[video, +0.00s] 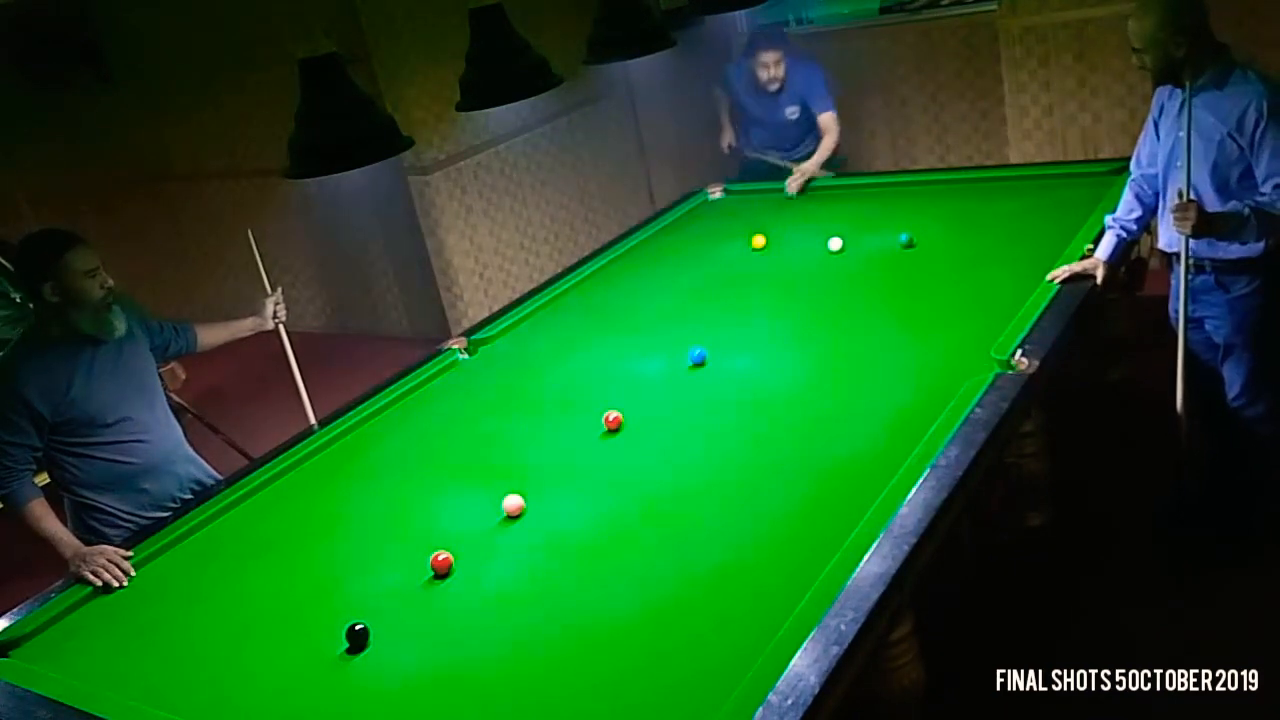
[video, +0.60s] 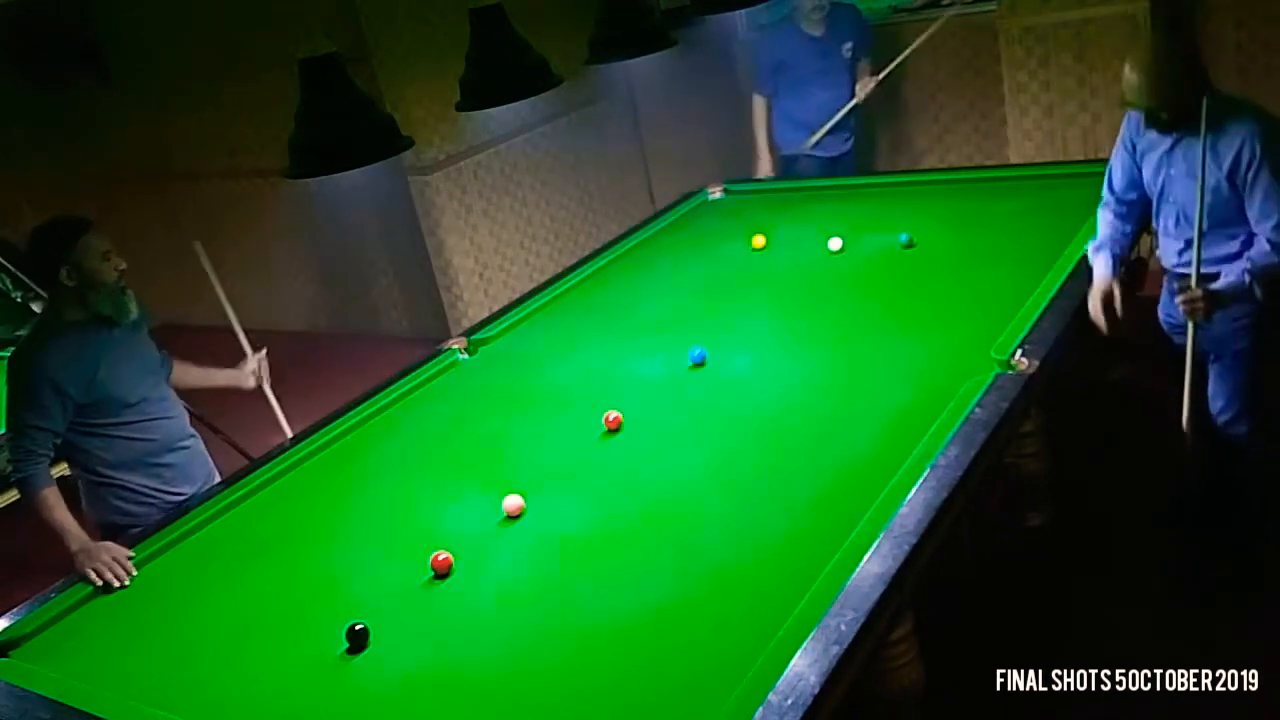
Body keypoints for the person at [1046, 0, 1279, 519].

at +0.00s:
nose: (1136, 60)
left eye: (1143, 49)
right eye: (1133, 49)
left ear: (1181, 42)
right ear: (1175, 45)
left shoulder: (1255, 101)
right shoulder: (1167, 98)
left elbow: (1276, 209)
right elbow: (1143, 182)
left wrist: (1215, 223)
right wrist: (1104, 254)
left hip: (1241, 285)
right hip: (1185, 281)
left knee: (1247, 408)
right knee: (1195, 405)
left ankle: (1257, 524)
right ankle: (1204, 517)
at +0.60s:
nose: (1150, 117)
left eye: (1159, 106)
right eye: (1144, 106)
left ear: (1189, 91)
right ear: (1139, 95)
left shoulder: (1246, 137)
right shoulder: (1139, 127)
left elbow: (1272, 241)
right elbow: (1118, 203)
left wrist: (1218, 291)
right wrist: (1104, 266)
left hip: (1234, 304)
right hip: (1174, 299)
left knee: (1227, 419)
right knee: (1178, 411)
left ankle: (1241, 527)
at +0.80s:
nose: (1152, 184)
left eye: (1161, 175)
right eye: (1143, 173)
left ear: (1195, 155)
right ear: (1136, 152)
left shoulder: (1259, 174)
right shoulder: (1132, 174)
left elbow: (1276, 273)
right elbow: (1107, 253)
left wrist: (1229, 324)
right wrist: (1097, 332)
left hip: (1248, 311)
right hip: (1184, 299)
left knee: (1228, 439)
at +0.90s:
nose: (1151, 222)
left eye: (1157, 212)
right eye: (1140, 214)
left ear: (1185, 190)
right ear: (1128, 190)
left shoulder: (1257, 189)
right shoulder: (1126, 200)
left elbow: (1278, 282)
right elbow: (1101, 279)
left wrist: (1238, 332)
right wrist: (1089, 362)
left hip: (1255, 319)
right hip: (1192, 310)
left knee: (1231, 443)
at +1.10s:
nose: (1132, 270)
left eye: (1142, 259)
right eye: (1125, 257)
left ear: (1172, 241)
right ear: (1117, 234)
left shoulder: (1247, 221)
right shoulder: (1127, 229)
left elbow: (1279, 303)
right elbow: (1095, 309)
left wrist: (1256, 344)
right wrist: (1068, 377)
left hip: (1263, 336)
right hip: (1203, 320)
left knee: (1238, 456)